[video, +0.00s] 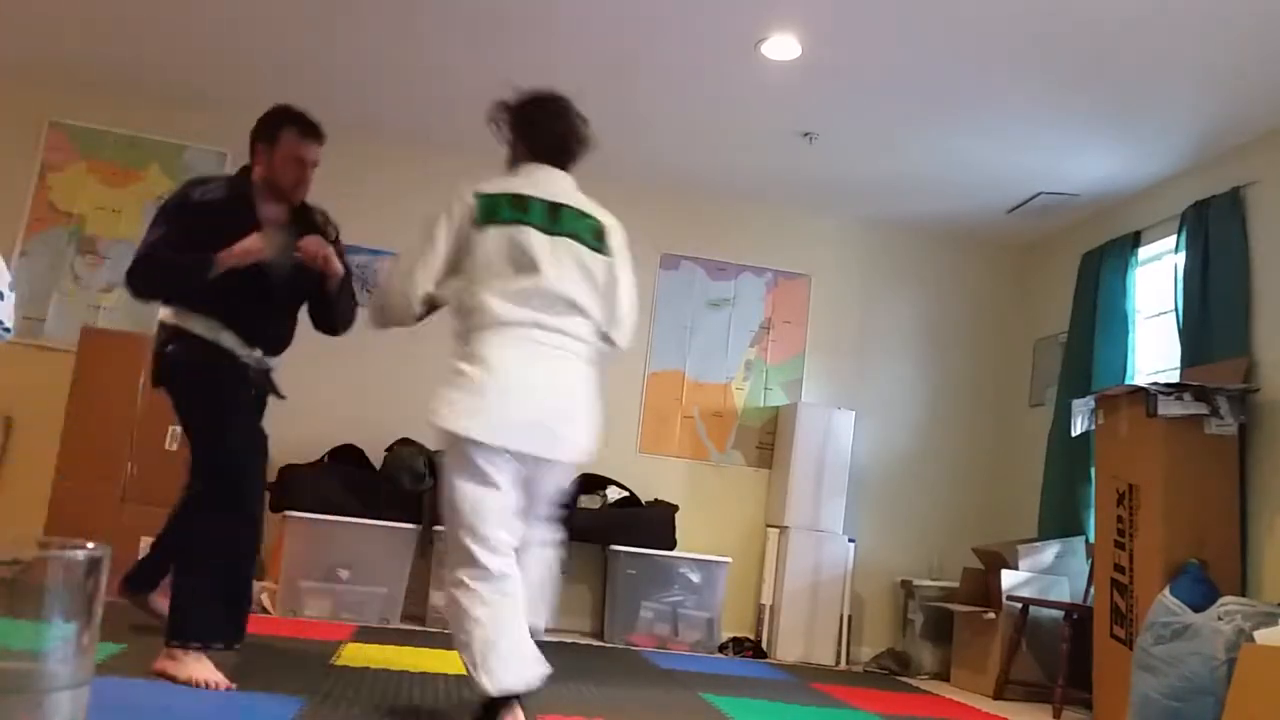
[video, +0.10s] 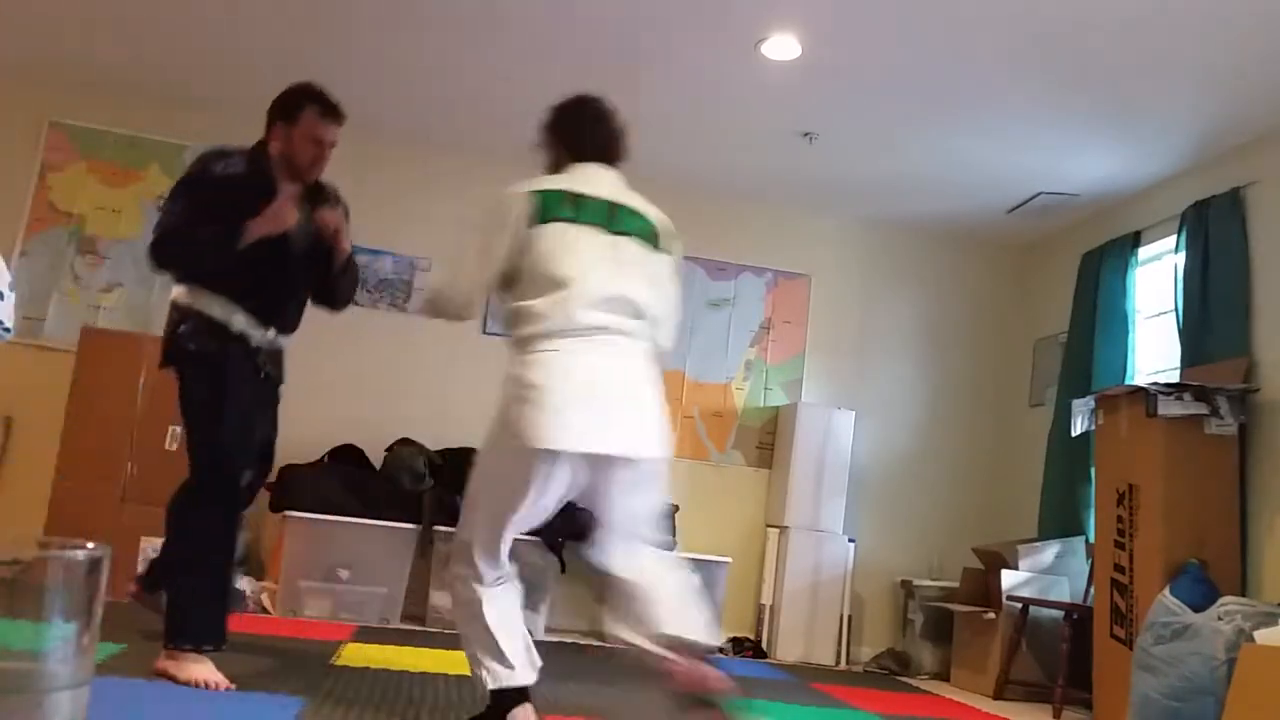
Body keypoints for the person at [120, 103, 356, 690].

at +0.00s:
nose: (306, 175)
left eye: (313, 164)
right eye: (296, 161)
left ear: (317, 166)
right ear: (261, 155)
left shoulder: (315, 226)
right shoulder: (207, 199)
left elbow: (336, 321)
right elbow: (145, 276)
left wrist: (333, 274)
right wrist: (224, 259)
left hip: (249, 369)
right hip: (196, 349)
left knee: (220, 486)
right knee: (234, 494)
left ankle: (144, 583)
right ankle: (185, 647)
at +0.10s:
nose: (323, 156)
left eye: (330, 146)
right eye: (314, 142)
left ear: (332, 147)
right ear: (279, 133)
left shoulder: (318, 201)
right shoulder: (223, 171)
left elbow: (336, 296)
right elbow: (168, 250)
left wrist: (337, 247)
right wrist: (255, 230)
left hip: (263, 349)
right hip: (211, 333)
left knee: (248, 476)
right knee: (221, 477)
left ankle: (161, 579)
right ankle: (186, 646)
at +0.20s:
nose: (332, 136)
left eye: (341, 127)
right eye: (325, 121)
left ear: (342, 127)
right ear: (289, 109)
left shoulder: (326, 178)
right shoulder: (234, 142)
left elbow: (353, 267)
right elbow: (195, 219)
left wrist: (349, 212)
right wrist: (271, 190)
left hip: (276, 331)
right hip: (221, 314)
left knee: (248, 467)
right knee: (215, 467)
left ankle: (186, 593)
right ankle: (189, 641)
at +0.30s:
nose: (334, 132)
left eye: (341, 124)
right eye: (327, 117)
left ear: (340, 127)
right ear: (292, 104)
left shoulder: (329, 176)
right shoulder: (240, 140)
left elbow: (373, 257)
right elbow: (216, 215)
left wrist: (369, 202)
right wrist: (289, 177)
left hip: (283, 334)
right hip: (230, 316)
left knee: (242, 480)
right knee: (225, 476)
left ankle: (195, 621)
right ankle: (185, 644)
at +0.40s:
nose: (338, 143)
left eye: (345, 134)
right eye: (331, 128)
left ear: (344, 138)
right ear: (294, 118)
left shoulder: (329, 196)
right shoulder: (250, 158)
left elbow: (381, 268)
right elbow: (225, 219)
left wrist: (383, 219)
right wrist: (311, 196)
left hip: (279, 347)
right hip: (232, 326)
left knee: (243, 485)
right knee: (240, 481)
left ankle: (185, 621)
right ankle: (184, 643)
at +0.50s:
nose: (342, 154)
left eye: (350, 145)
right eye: (334, 140)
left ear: (350, 149)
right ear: (300, 131)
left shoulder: (327, 205)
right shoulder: (255, 170)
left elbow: (356, 289)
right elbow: (233, 245)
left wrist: (373, 249)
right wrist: (321, 234)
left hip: (274, 348)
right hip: (236, 332)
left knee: (246, 489)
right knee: (242, 489)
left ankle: (178, 614)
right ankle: (192, 646)